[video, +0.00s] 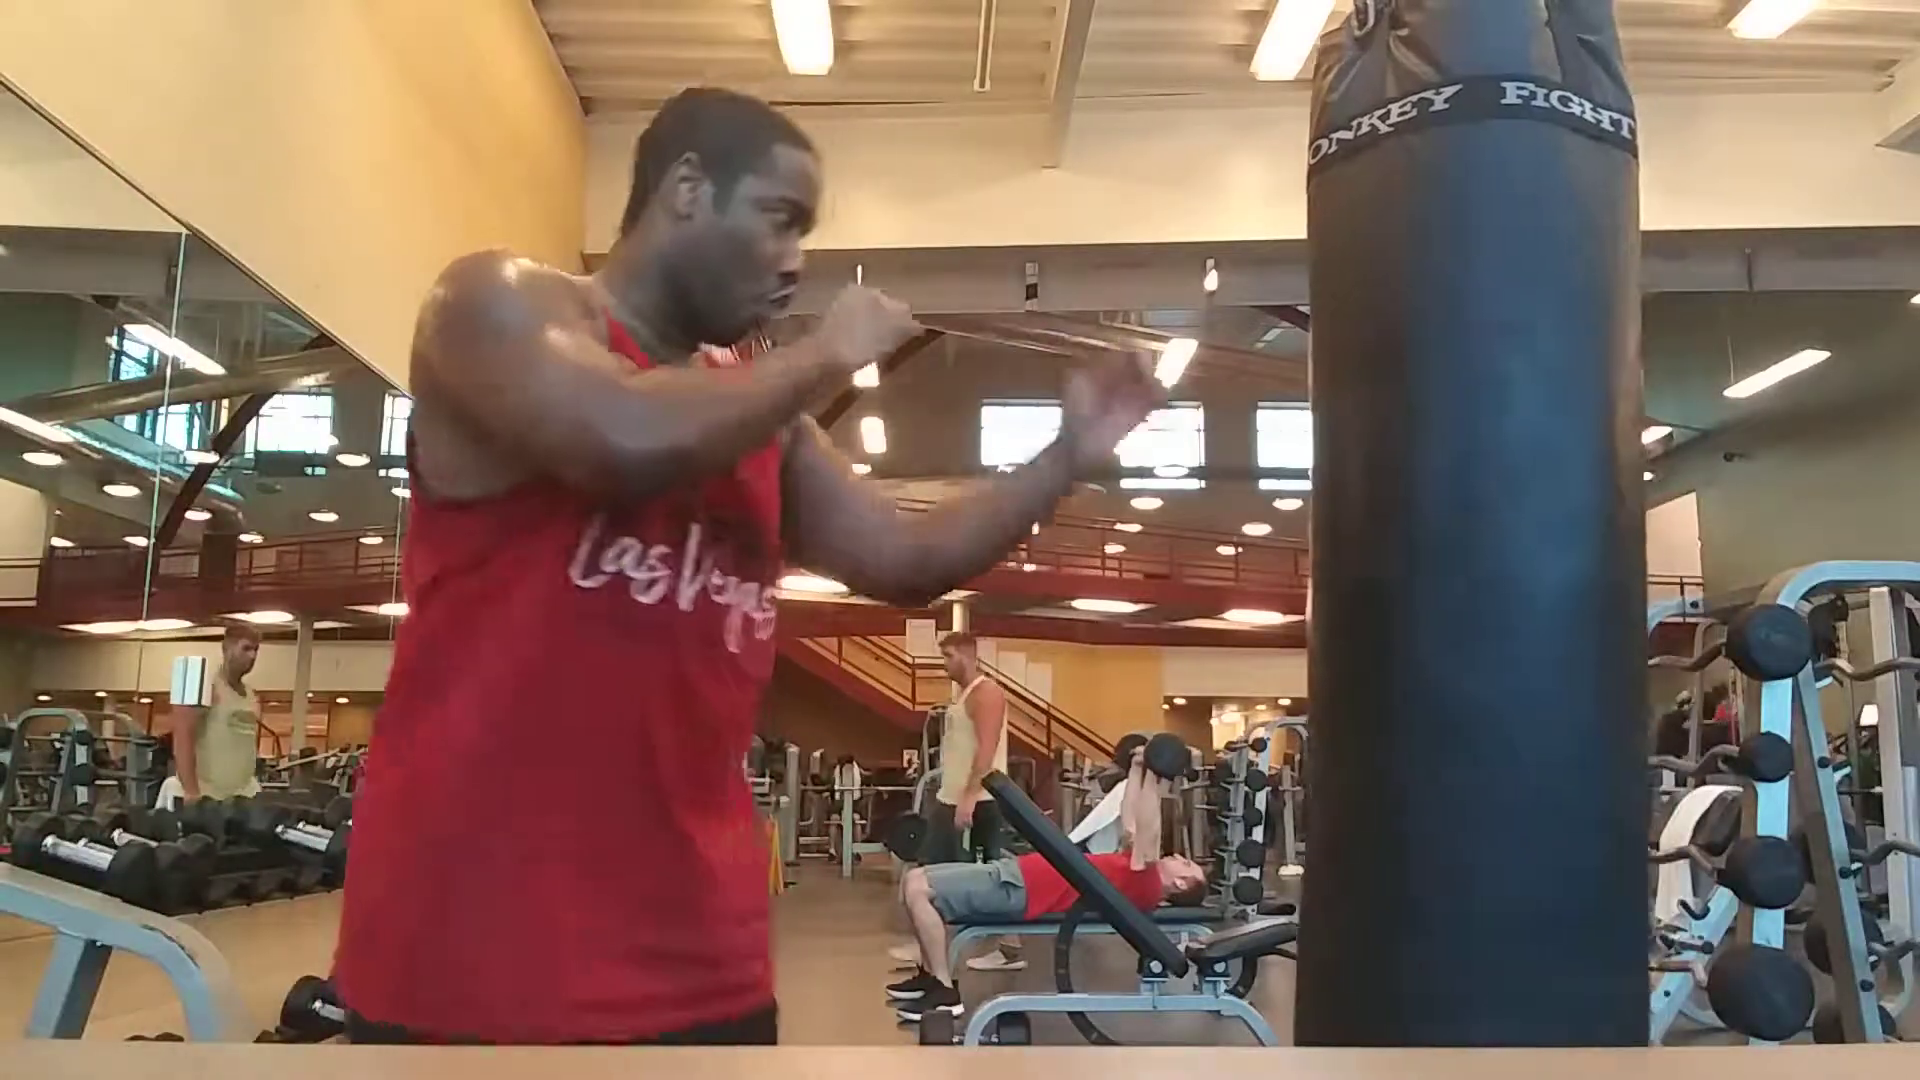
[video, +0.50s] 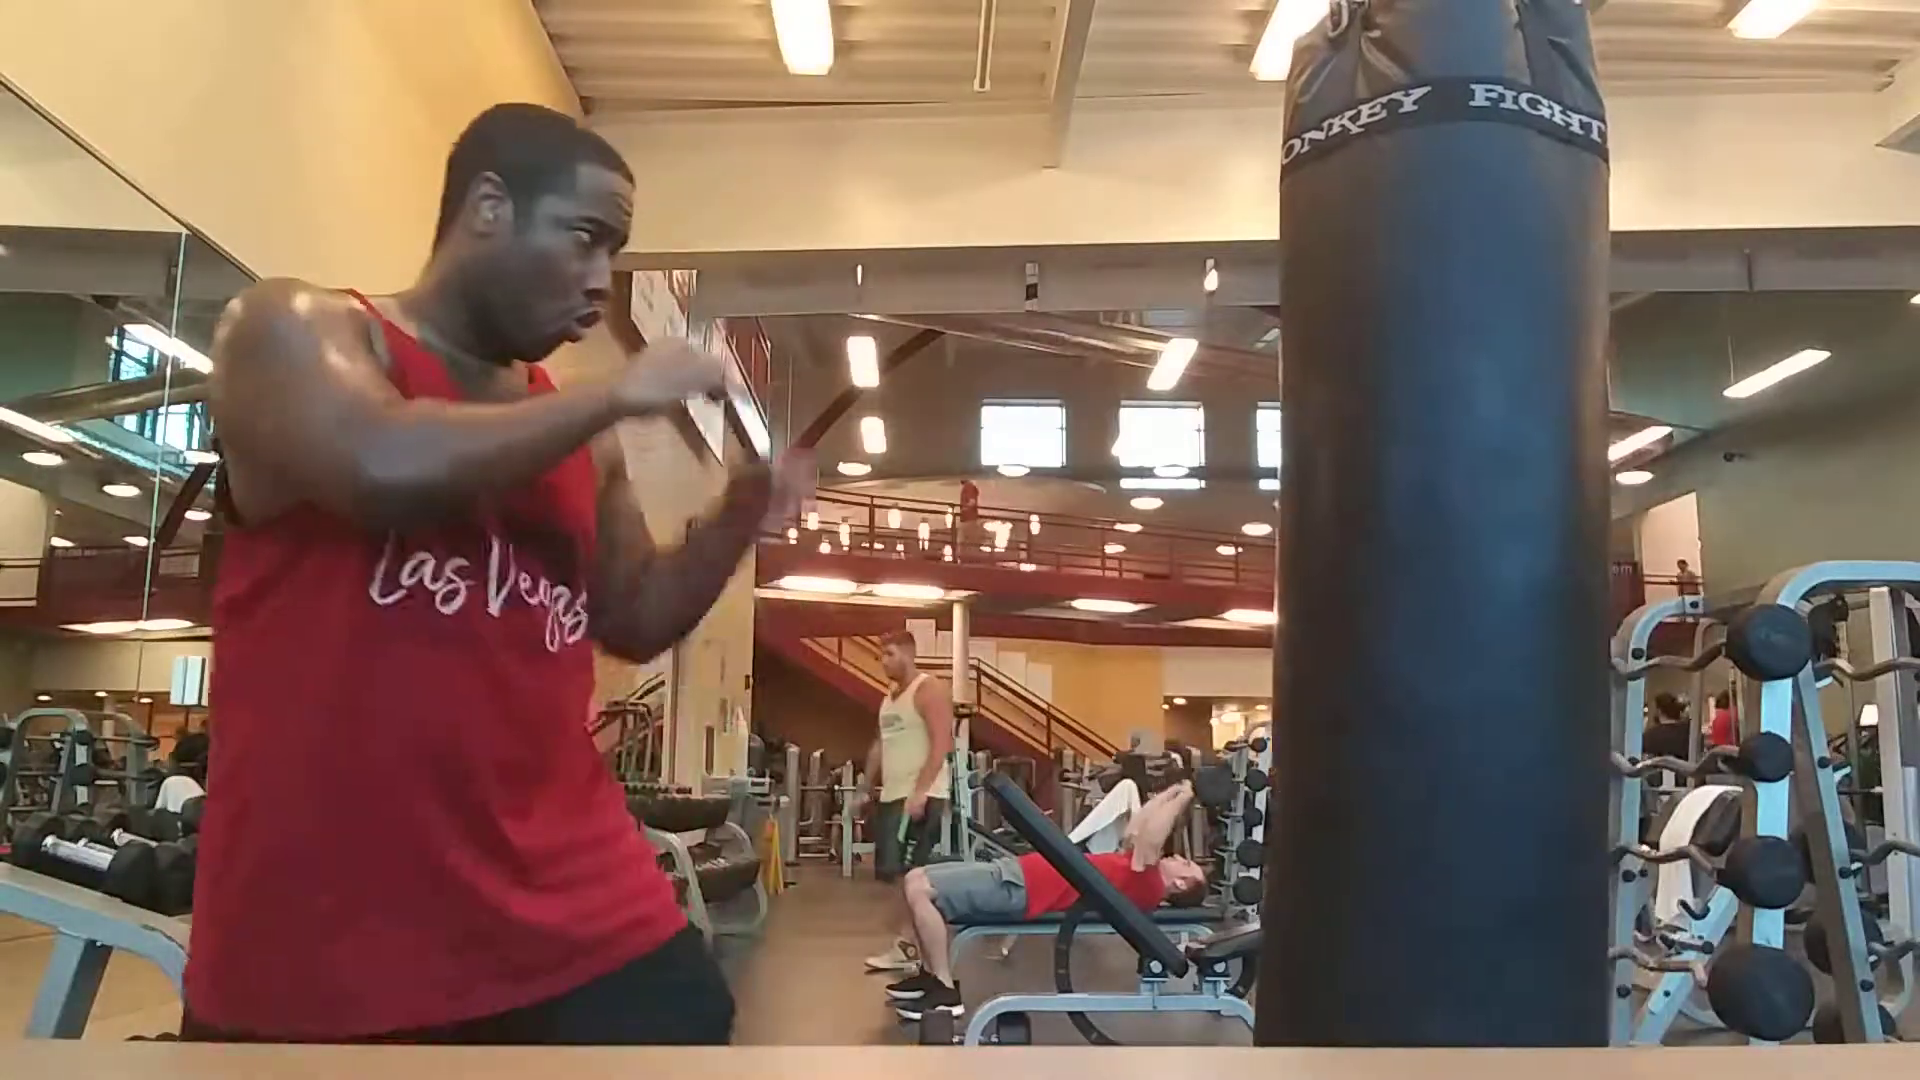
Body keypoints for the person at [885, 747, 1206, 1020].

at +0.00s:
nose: (1182, 861)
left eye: (1187, 869)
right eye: (1188, 862)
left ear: (1178, 885)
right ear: (1174, 868)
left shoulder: (1145, 886)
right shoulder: (1136, 867)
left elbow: (1151, 824)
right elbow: (1132, 822)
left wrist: (1153, 770)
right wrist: (1137, 764)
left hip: (1022, 887)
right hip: (1015, 871)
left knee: (920, 889)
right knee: (913, 879)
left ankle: (944, 989)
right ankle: (931, 977)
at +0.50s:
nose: (1184, 861)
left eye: (1189, 871)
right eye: (1190, 862)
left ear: (1179, 886)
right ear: (1175, 864)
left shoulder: (1147, 886)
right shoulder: (1136, 868)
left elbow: (1150, 832)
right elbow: (1138, 822)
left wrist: (1187, 791)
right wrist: (1175, 790)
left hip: (1022, 886)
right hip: (1015, 870)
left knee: (920, 887)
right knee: (916, 879)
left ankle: (943, 986)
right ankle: (929, 974)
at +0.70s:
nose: (1184, 862)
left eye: (1189, 868)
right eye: (1190, 863)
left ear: (1180, 884)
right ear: (1178, 872)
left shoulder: (1148, 886)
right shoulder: (1141, 870)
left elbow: (1155, 832)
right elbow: (1140, 828)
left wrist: (1201, 813)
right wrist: (1189, 819)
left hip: (1021, 886)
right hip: (1015, 869)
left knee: (921, 888)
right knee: (914, 880)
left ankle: (943, 986)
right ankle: (931, 975)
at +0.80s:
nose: (1185, 864)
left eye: (1190, 870)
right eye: (1191, 864)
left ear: (1181, 886)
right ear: (1180, 868)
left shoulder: (1149, 888)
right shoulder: (1143, 870)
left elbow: (1155, 838)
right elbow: (1140, 834)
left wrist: (1205, 825)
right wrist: (1198, 826)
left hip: (1023, 886)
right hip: (1017, 870)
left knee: (922, 889)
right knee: (915, 880)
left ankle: (945, 989)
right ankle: (933, 979)